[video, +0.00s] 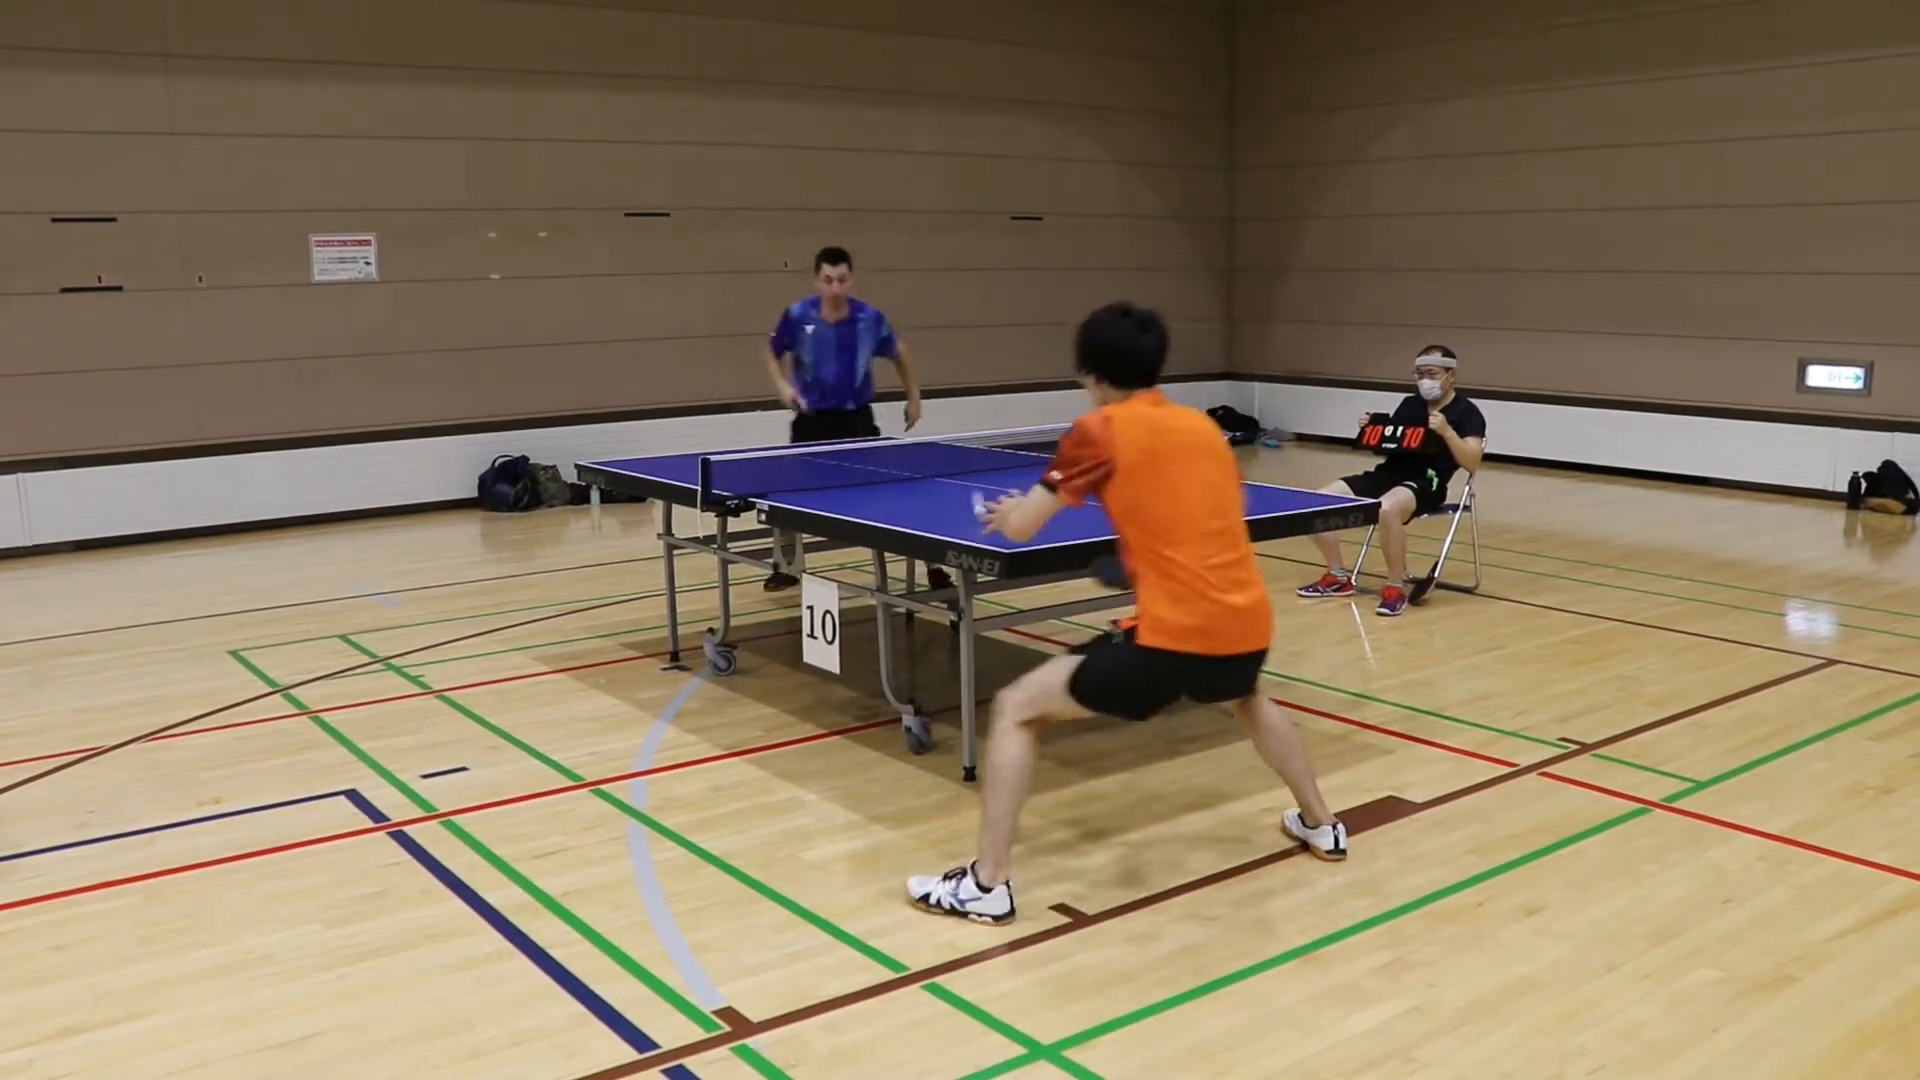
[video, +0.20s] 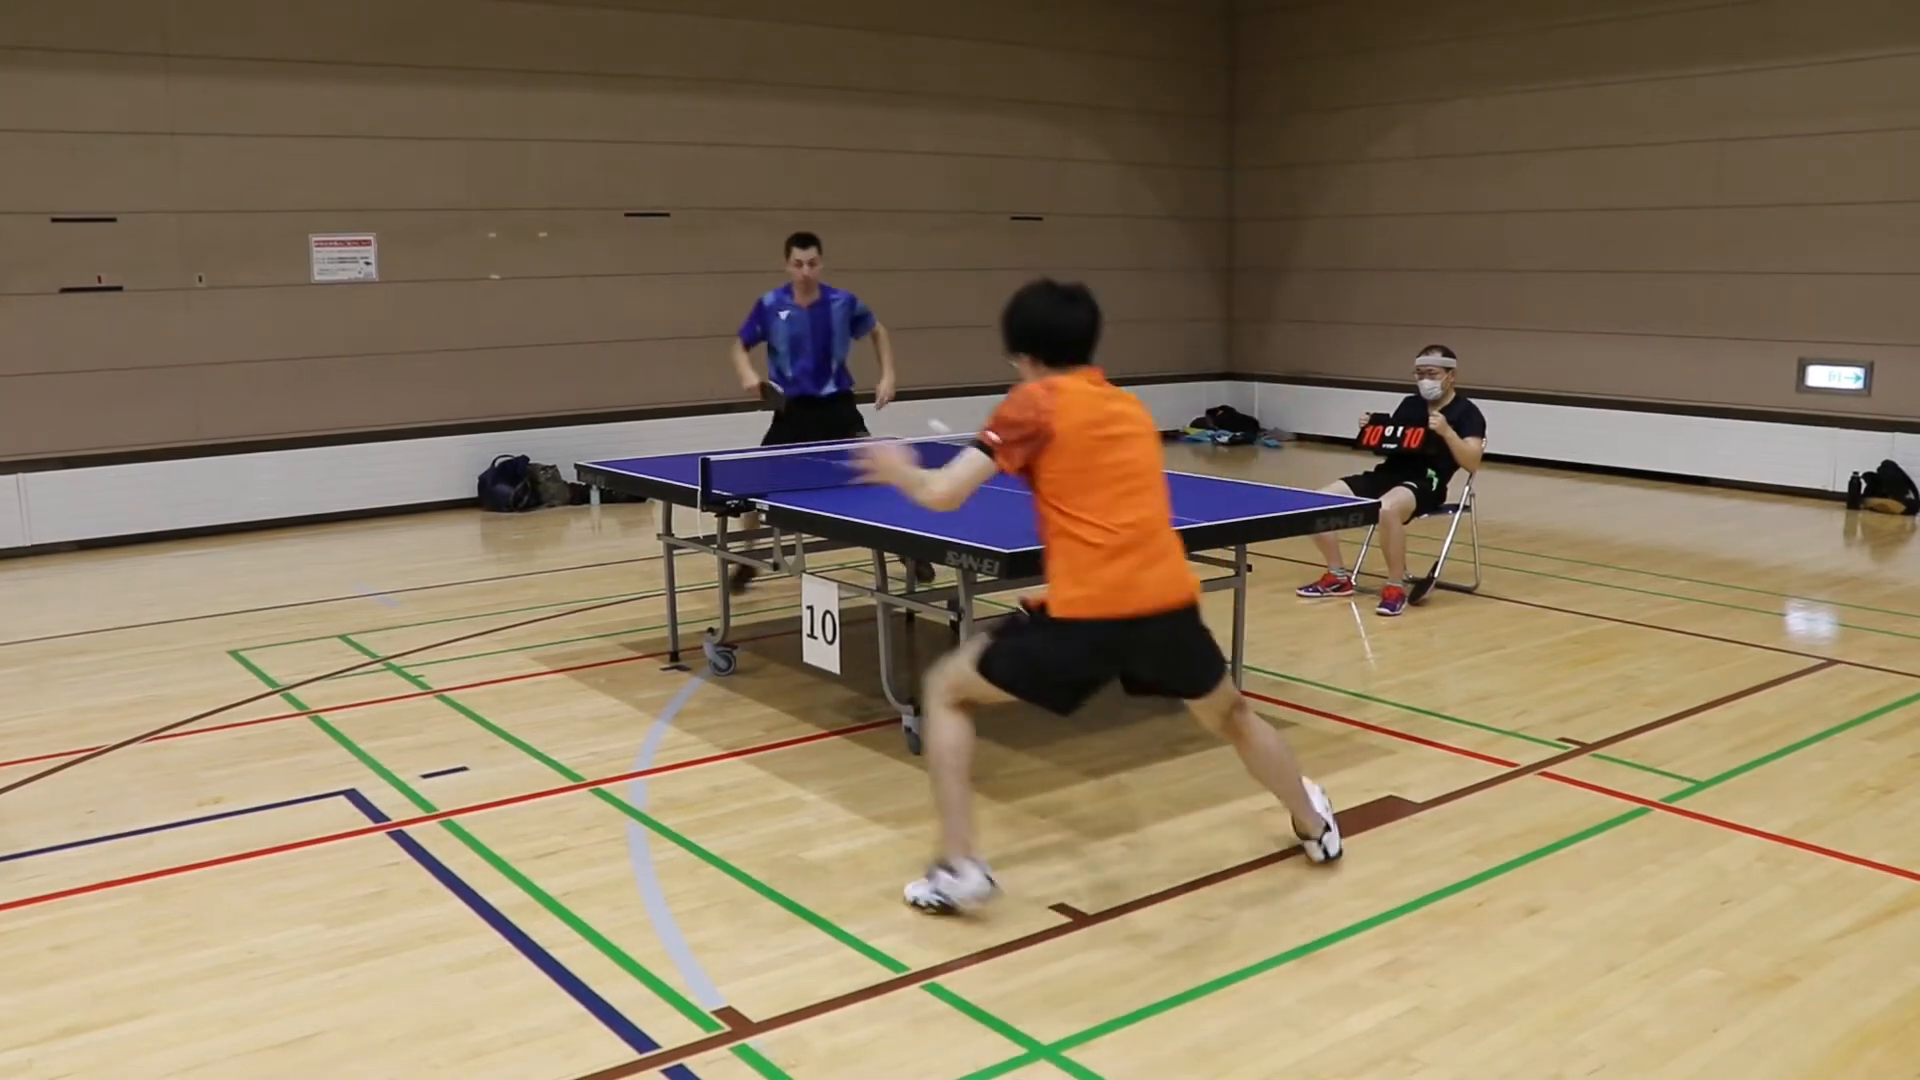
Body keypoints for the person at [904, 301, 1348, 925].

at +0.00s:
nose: (1082, 384)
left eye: (1083, 373)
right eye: (1082, 373)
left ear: (1095, 374)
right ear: (1155, 369)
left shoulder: (1100, 430)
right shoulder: (1205, 427)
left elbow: (1021, 529)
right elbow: (1224, 512)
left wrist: (1007, 514)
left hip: (1168, 644)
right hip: (1248, 637)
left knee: (1015, 707)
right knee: (1250, 698)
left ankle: (987, 880)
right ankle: (1322, 824)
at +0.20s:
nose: (1014, 366)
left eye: (1015, 354)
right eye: (1015, 354)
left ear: (1027, 355)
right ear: (1090, 345)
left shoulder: (1033, 404)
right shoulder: (1133, 409)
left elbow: (944, 492)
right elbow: (1134, 523)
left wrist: (900, 471)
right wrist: (1056, 590)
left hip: (1078, 624)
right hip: (1171, 616)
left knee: (946, 691)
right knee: (1235, 716)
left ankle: (960, 865)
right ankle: (1315, 821)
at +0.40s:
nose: (977, 363)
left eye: (979, 353)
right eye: (984, 352)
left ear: (987, 359)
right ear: (1055, 355)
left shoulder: (977, 431)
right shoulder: (1104, 423)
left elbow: (913, 553)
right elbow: (1184, 479)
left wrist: (884, 562)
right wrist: (1143, 424)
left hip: (1017, 647)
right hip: (1111, 641)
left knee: (906, 739)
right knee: (1165, 748)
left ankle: (850, 900)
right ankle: (1261, 874)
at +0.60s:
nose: (1061, 319)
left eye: (1066, 309)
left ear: (1071, 315)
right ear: (1145, 317)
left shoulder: (1038, 388)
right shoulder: (1184, 399)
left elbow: (966, 500)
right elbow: (1228, 527)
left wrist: (1032, 509)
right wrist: (1174, 486)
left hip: (1056, 618)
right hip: (1163, 614)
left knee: (956, 733)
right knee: (1266, 718)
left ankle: (878, 889)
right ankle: (1316, 887)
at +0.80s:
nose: (1173, 344)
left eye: (1176, 334)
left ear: (1177, 341)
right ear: (1255, 351)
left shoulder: (1125, 411)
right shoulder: (1269, 443)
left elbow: (1094, 512)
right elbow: (1278, 599)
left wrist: (1167, 520)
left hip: (1106, 650)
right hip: (1208, 660)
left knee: (1039, 782)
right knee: (1300, 756)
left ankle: (981, 916)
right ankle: (1376, 916)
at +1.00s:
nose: (1240, 391)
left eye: (1234, 376)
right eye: (1239, 381)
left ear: (1159, 366)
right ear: (1227, 391)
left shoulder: (1106, 429)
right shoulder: (1183, 471)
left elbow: (1082, 554)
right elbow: (1157, 632)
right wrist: (1242, 711)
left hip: (1041, 676)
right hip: (1127, 692)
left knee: (973, 819)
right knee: (1271, 774)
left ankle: (849, 907)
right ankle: (1373, 923)